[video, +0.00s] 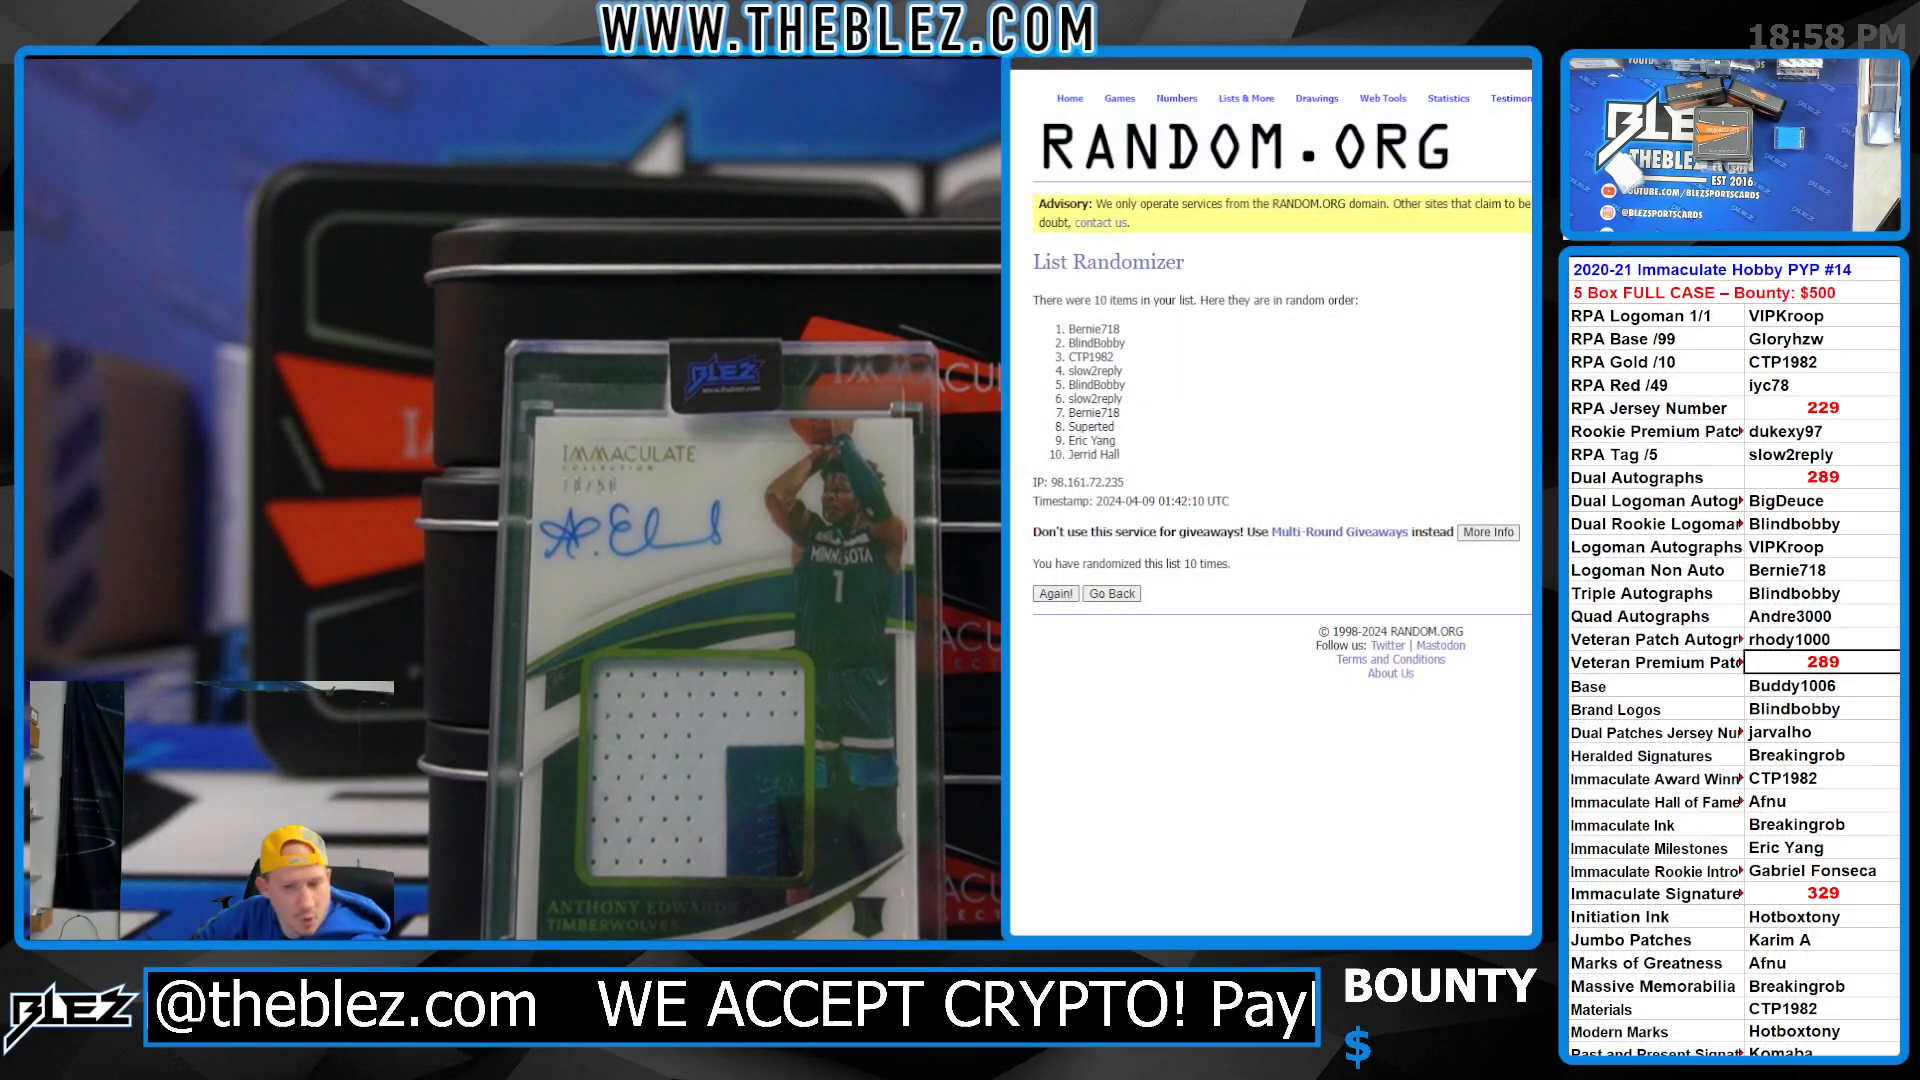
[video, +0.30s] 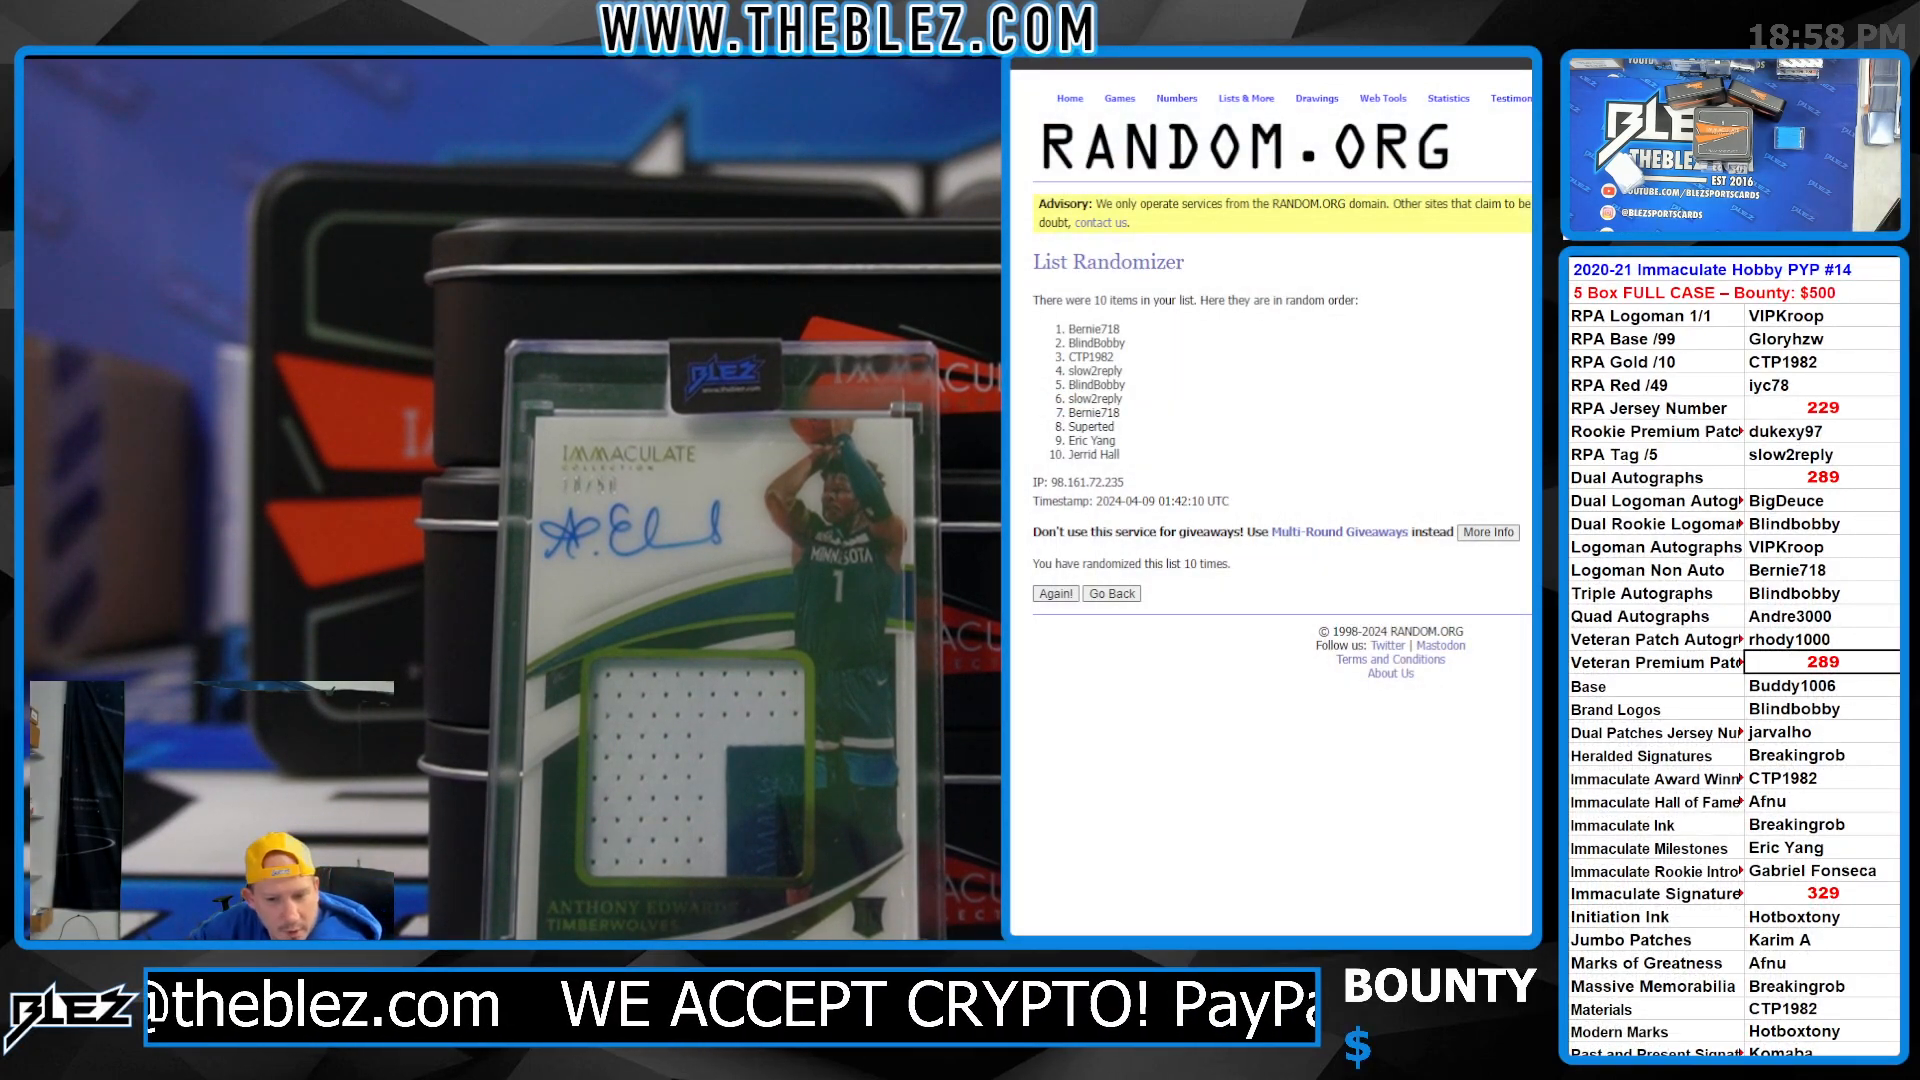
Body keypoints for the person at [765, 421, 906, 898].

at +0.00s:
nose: (834, 497)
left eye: (843, 490)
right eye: (829, 490)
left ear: (862, 495)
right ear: (821, 495)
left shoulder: (883, 539)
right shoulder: (810, 533)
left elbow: (875, 496)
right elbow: (776, 496)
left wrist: (844, 445)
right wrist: (814, 460)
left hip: (865, 678)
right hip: (812, 676)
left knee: (872, 795)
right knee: (816, 793)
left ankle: (871, 895)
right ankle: (816, 887)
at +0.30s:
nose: (835, 496)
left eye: (844, 490)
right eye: (830, 489)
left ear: (862, 495)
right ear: (822, 495)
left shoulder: (883, 539)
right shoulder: (810, 533)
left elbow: (875, 496)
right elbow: (776, 495)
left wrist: (844, 445)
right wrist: (815, 458)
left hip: (865, 678)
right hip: (813, 677)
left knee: (872, 796)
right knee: (818, 793)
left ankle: (871, 897)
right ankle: (819, 888)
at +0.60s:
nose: (835, 496)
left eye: (844, 489)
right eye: (830, 489)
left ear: (862, 494)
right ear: (822, 495)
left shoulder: (883, 539)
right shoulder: (810, 532)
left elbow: (875, 496)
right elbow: (776, 496)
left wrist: (844, 444)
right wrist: (815, 459)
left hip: (866, 678)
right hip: (813, 677)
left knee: (872, 795)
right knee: (818, 793)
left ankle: (871, 895)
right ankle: (818, 887)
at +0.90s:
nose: (840, 496)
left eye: (849, 489)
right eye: (834, 488)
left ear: (867, 495)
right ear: (826, 494)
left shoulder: (889, 540)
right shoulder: (813, 532)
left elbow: (883, 502)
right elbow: (780, 495)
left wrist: (851, 450)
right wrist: (818, 459)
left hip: (872, 680)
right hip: (817, 679)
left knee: (878, 800)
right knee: (820, 797)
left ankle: (877, 904)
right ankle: (818, 894)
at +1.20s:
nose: (841, 495)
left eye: (850, 489)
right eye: (835, 487)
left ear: (868, 495)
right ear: (826, 493)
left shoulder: (889, 540)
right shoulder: (814, 532)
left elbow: (885, 506)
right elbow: (780, 495)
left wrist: (851, 450)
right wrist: (819, 458)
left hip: (872, 678)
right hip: (818, 676)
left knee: (876, 795)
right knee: (824, 792)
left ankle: (876, 905)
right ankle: (823, 891)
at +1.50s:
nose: (841, 495)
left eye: (851, 488)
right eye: (835, 487)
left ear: (868, 495)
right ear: (826, 493)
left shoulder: (890, 539)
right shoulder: (815, 533)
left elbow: (884, 506)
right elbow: (780, 496)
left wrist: (851, 449)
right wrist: (818, 459)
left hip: (871, 677)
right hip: (818, 676)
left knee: (878, 796)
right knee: (822, 792)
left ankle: (876, 902)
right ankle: (821, 891)